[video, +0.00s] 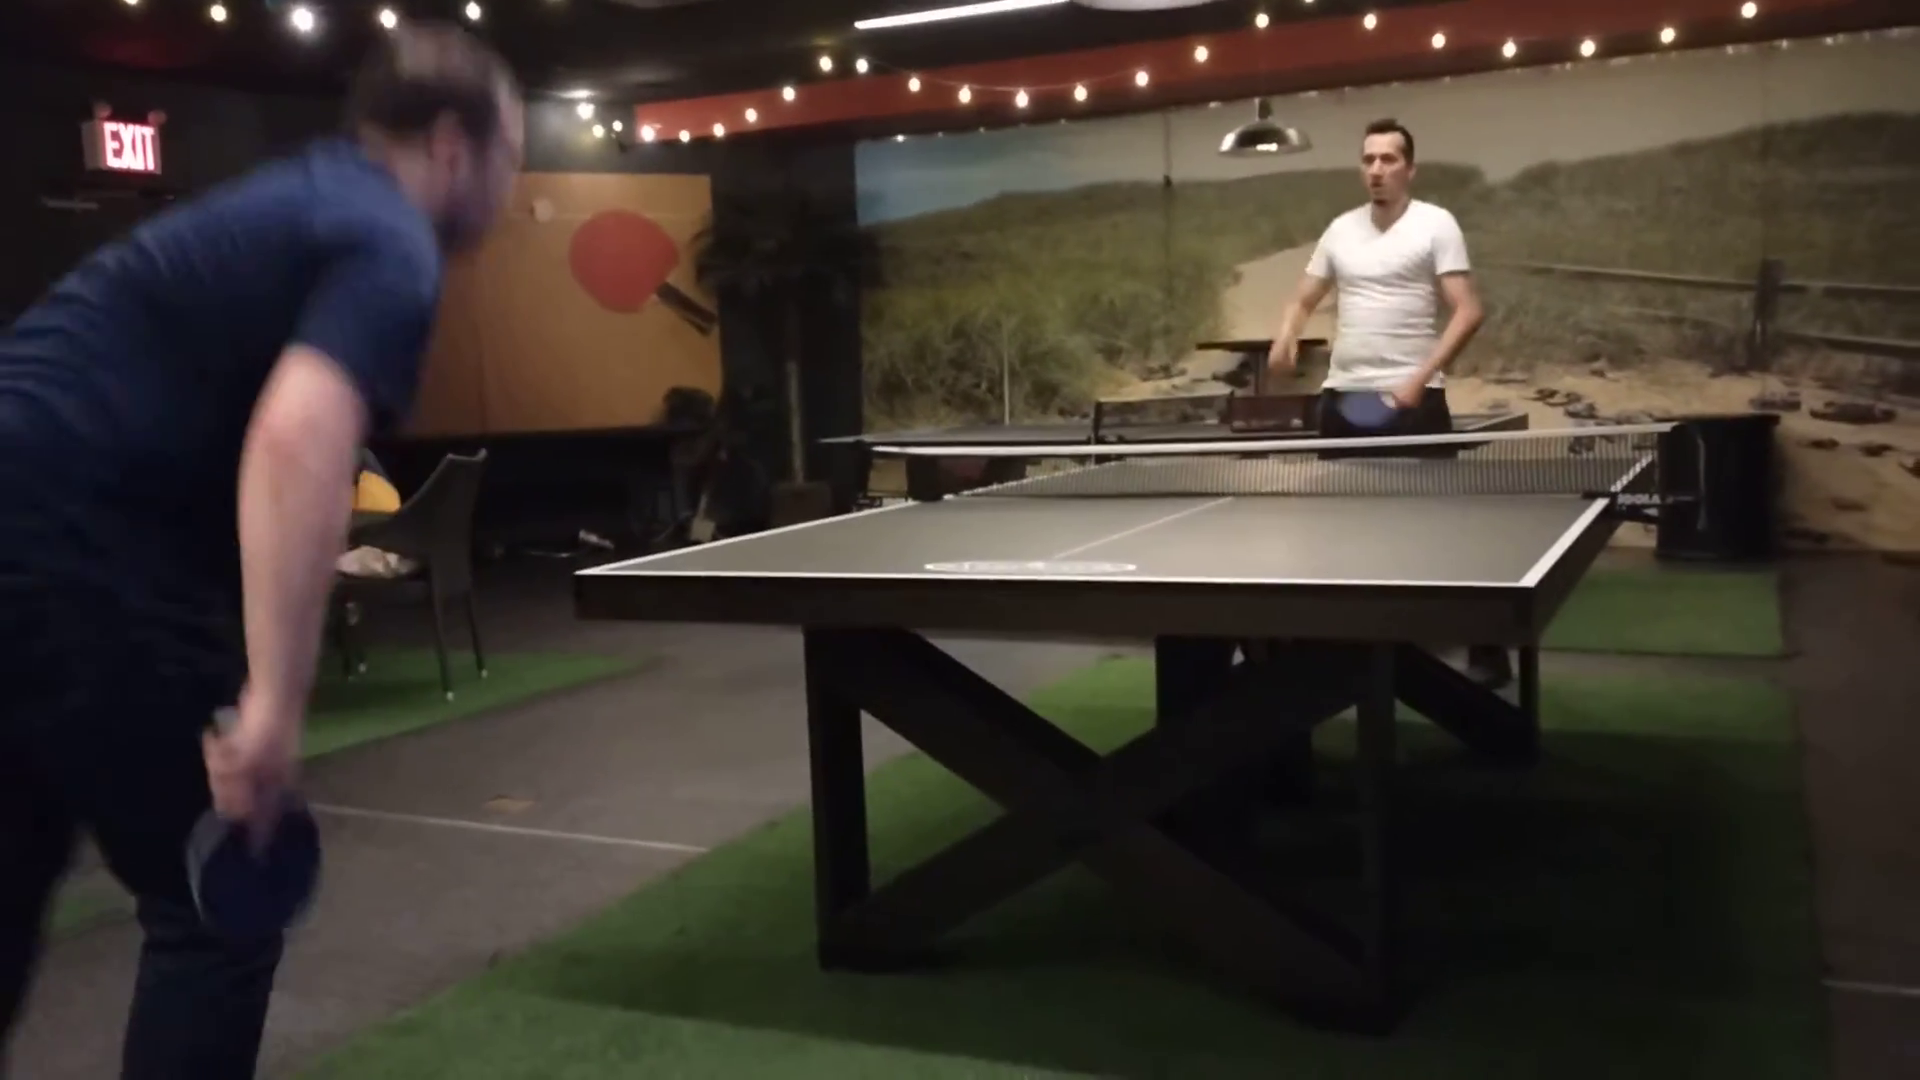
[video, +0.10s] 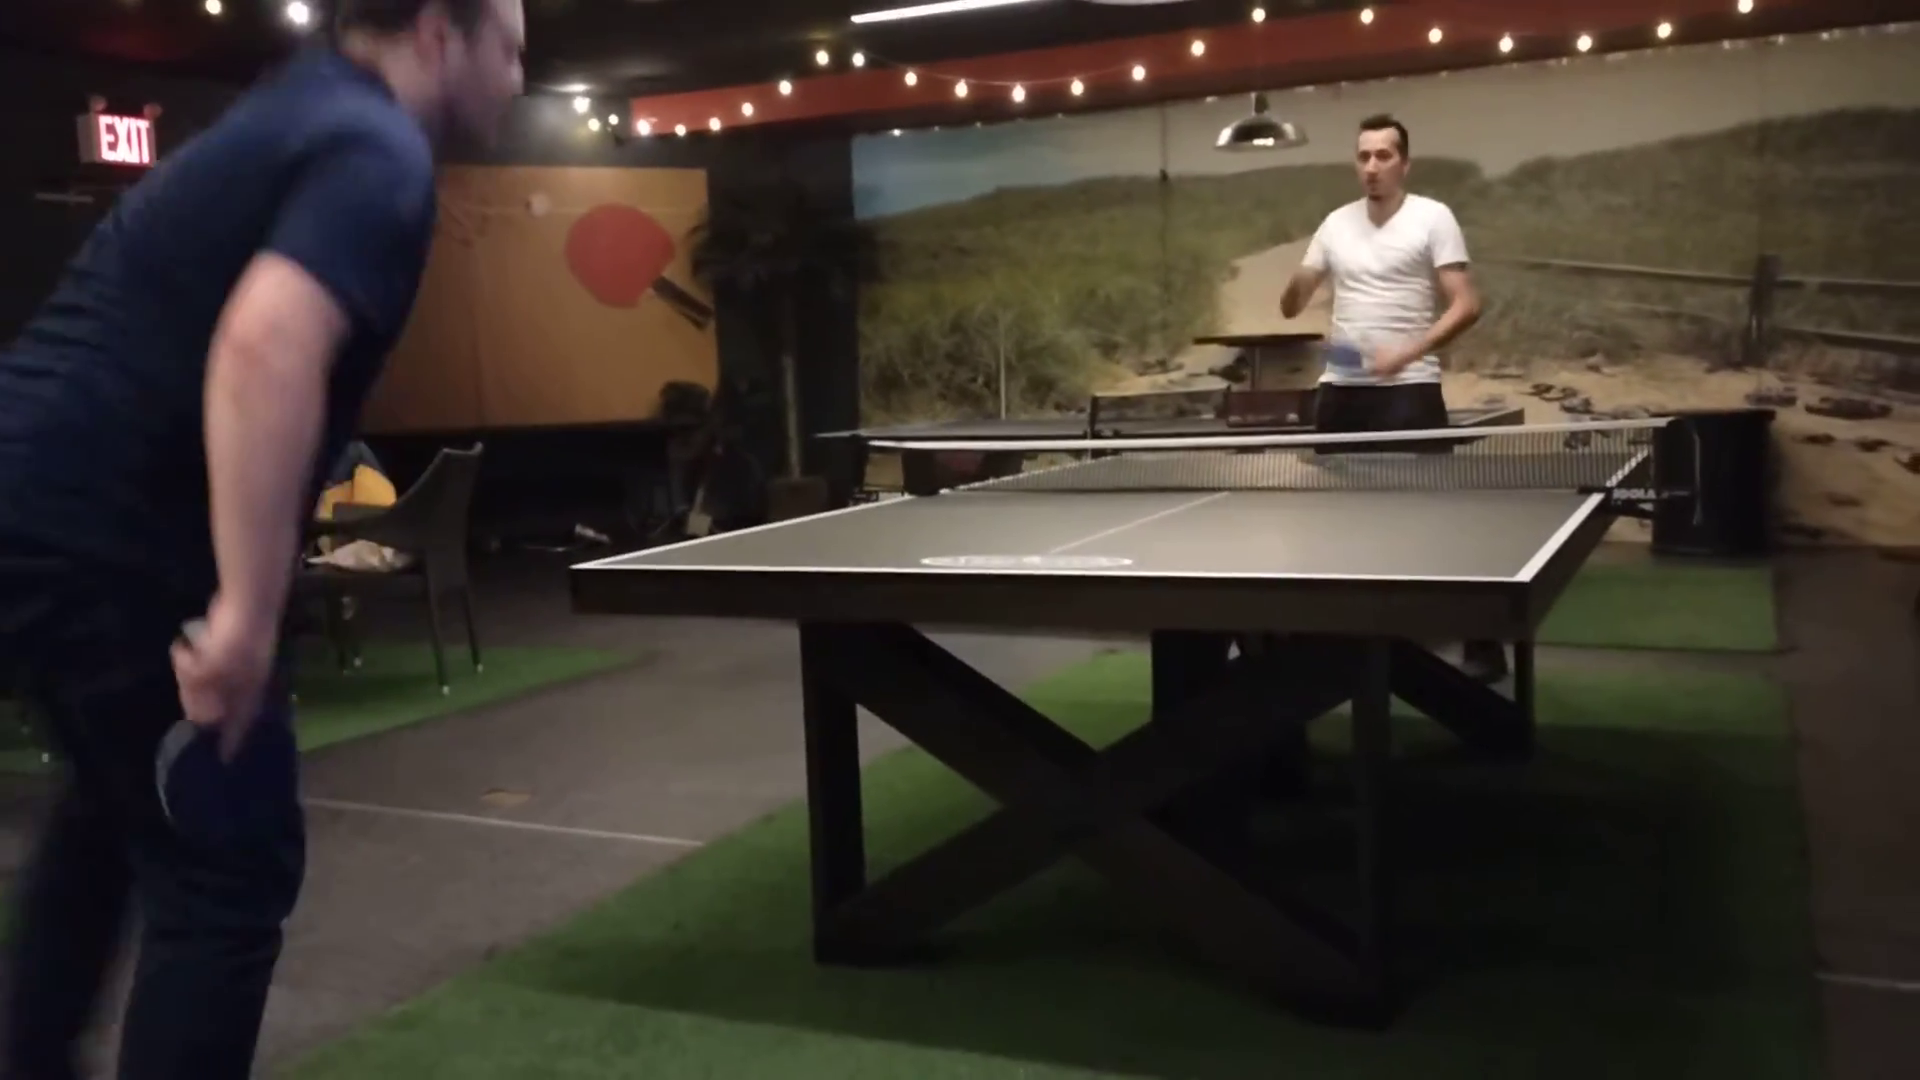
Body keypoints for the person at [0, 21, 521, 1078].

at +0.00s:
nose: (508, 191)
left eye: (513, 163)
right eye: (508, 159)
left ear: (383, 126)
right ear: (451, 145)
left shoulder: (294, 192)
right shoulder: (386, 236)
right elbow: (295, 437)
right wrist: (272, 695)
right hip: (64, 559)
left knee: (25, 853)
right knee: (230, 871)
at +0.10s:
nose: (519, 77)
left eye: (520, 50)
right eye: (510, 44)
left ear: (405, 31)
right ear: (435, 34)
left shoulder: (296, 106)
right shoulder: (376, 146)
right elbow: (266, 345)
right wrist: (247, 605)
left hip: (41, 512)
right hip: (119, 536)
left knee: (105, 800)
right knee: (234, 868)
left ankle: (36, 1053)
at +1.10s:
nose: (748, 41)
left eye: (742, 21)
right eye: (713, 17)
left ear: (667, 56)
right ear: (626, 50)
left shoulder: (729, 249)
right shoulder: (555, 156)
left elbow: (816, 410)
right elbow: (395, 206)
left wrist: (956, 498)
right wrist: (205, 216)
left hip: (661, 643)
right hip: (556, 633)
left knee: (602, 947)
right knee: (666, 952)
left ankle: (552, 1078)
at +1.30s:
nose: (781, 140)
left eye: (776, 117)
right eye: (756, 114)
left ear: (668, 127)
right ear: (664, 122)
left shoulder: (662, 247)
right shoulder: (618, 201)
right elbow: (563, 279)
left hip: (638, 691)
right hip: (593, 693)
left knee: (585, 1028)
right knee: (657, 1028)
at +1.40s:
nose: (784, 178)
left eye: (781, 152)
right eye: (762, 148)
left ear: (677, 156)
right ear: (677, 149)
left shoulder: (608, 248)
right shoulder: (641, 226)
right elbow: (694, 347)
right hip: (604, 730)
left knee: (577, 1044)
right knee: (654, 1046)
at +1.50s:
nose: (781, 208)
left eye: (783, 183)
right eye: (772, 178)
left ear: (672, 164)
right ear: (694, 164)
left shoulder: (557, 269)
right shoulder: (688, 248)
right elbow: (835, 431)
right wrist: (1071, 561)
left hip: (509, 751)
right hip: (613, 760)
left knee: (550, 1056)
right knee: (654, 1057)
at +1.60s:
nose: (770, 208)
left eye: (775, 187)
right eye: (773, 185)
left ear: (624, 145)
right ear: (727, 159)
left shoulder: (514, 254)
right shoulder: (754, 244)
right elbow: (908, 472)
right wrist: (970, 613)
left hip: (457, 738)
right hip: (627, 750)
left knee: (509, 1053)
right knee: (650, 1054)